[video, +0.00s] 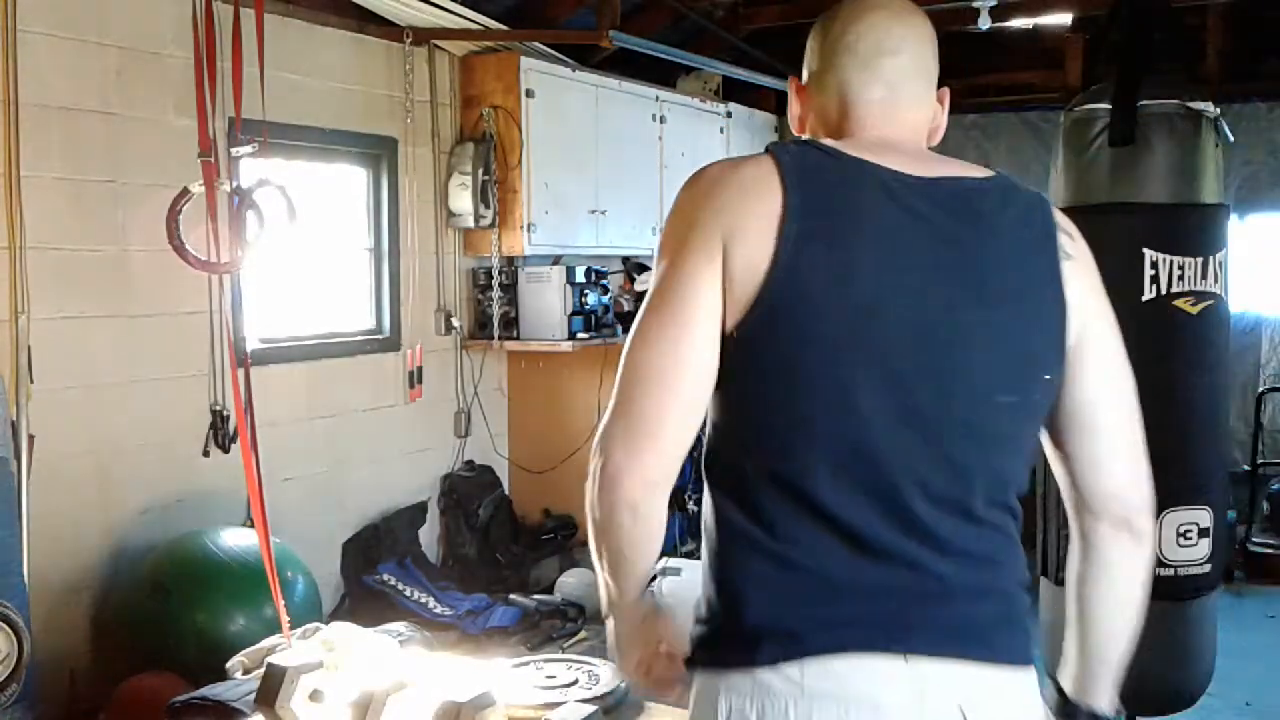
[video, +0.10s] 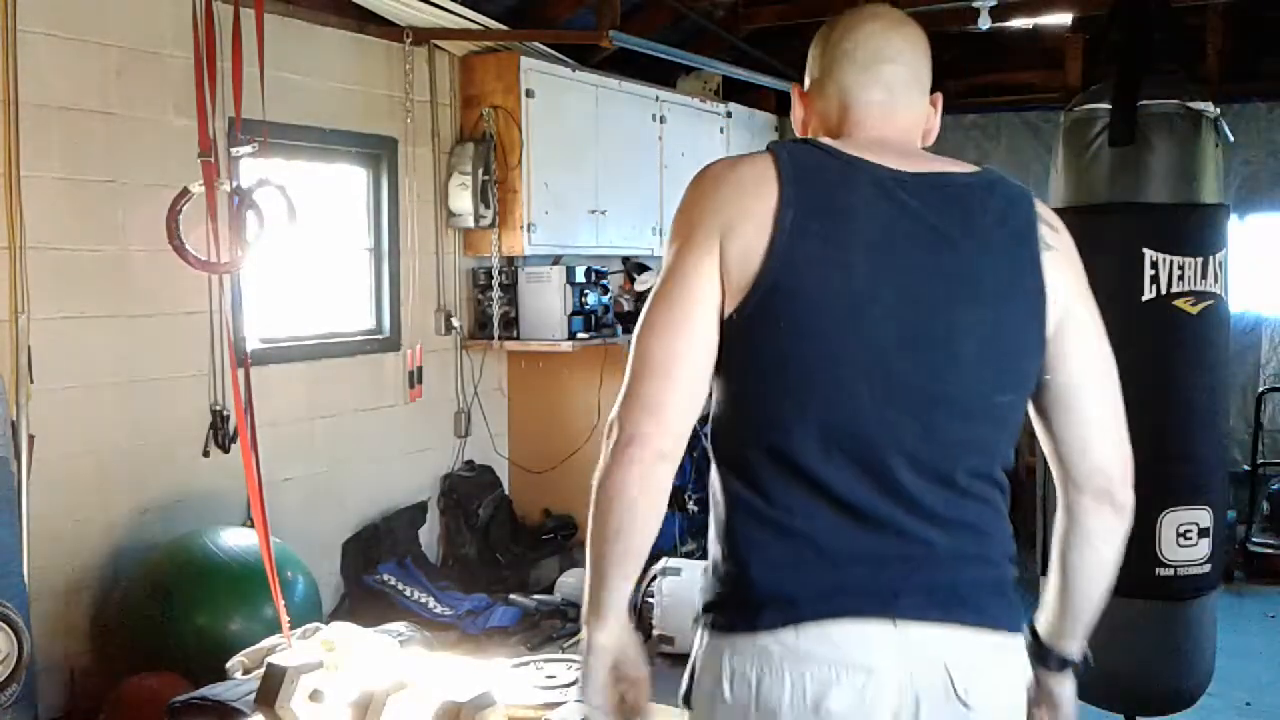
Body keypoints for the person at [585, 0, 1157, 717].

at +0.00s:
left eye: (786, 106)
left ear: (801, 105)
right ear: (940, 116)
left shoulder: (736, 194)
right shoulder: (1049, 234)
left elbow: (630, 470)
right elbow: (1121, 513)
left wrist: (629, 607)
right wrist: (1086, 697)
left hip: (785, 670)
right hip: (987, 673)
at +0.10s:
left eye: (792, 106)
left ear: (801, 111)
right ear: (934, 115)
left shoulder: (737, 189)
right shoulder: (1032, 226)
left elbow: (645, 441)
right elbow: (1103, 485)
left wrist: (608, 624)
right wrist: (1058, 658)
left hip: (785, 639)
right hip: (977, 648)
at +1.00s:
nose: (774, 176)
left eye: (772, 168)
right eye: (775, 169)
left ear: (781, 169)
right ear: (862, 162)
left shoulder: (745, 232)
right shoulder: (930, 227)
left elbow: (689, 383)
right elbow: (995, 379)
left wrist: (685, 465)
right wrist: (1015, 510)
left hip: (792, 498)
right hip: (913, 502)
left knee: (796, 706)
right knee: (929, 695)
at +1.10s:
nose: (774, 191)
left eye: (771, 181)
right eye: (774, 183)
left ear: (781, 177)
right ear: (855, 174)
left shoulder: (758, 243)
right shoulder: (928, 240)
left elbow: (701, 392)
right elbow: (991, 381)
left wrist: (691, 468)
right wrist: (1002, 505)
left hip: (804, 501)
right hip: (917, 502)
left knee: (814, 707)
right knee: (926, 692)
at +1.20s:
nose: (773, 201)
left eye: (770, 190)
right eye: (771, 190)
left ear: (784, 183)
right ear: (845, 177)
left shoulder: (773, 247)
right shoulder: (927, 245)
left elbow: (732, 393)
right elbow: (977, 378)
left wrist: (705, 482)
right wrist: (985, 492)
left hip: (821, 491)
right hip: (922, 488)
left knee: (807, 695)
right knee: (918, 662)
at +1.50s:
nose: (720, 220)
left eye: (720, 204)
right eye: (714, 208)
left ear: (752, 182)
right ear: (774, 181)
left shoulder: (785, 235)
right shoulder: (848, 227)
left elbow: (789, 377)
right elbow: (857, 363)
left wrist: (760, 504)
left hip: (819, 480)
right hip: (879, 466)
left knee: (734, 637)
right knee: (879, 633)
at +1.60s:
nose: (696, 221)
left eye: (697, 205)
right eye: (692, 209)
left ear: (732, 186)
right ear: (744, 185)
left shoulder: (770, 248)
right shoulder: (823, 232)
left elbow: (782, 390)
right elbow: (830, 370)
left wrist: (758, 515)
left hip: (782, 476)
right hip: (840, 463)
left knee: (724, 638)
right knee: (840, 626)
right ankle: (888, 717)